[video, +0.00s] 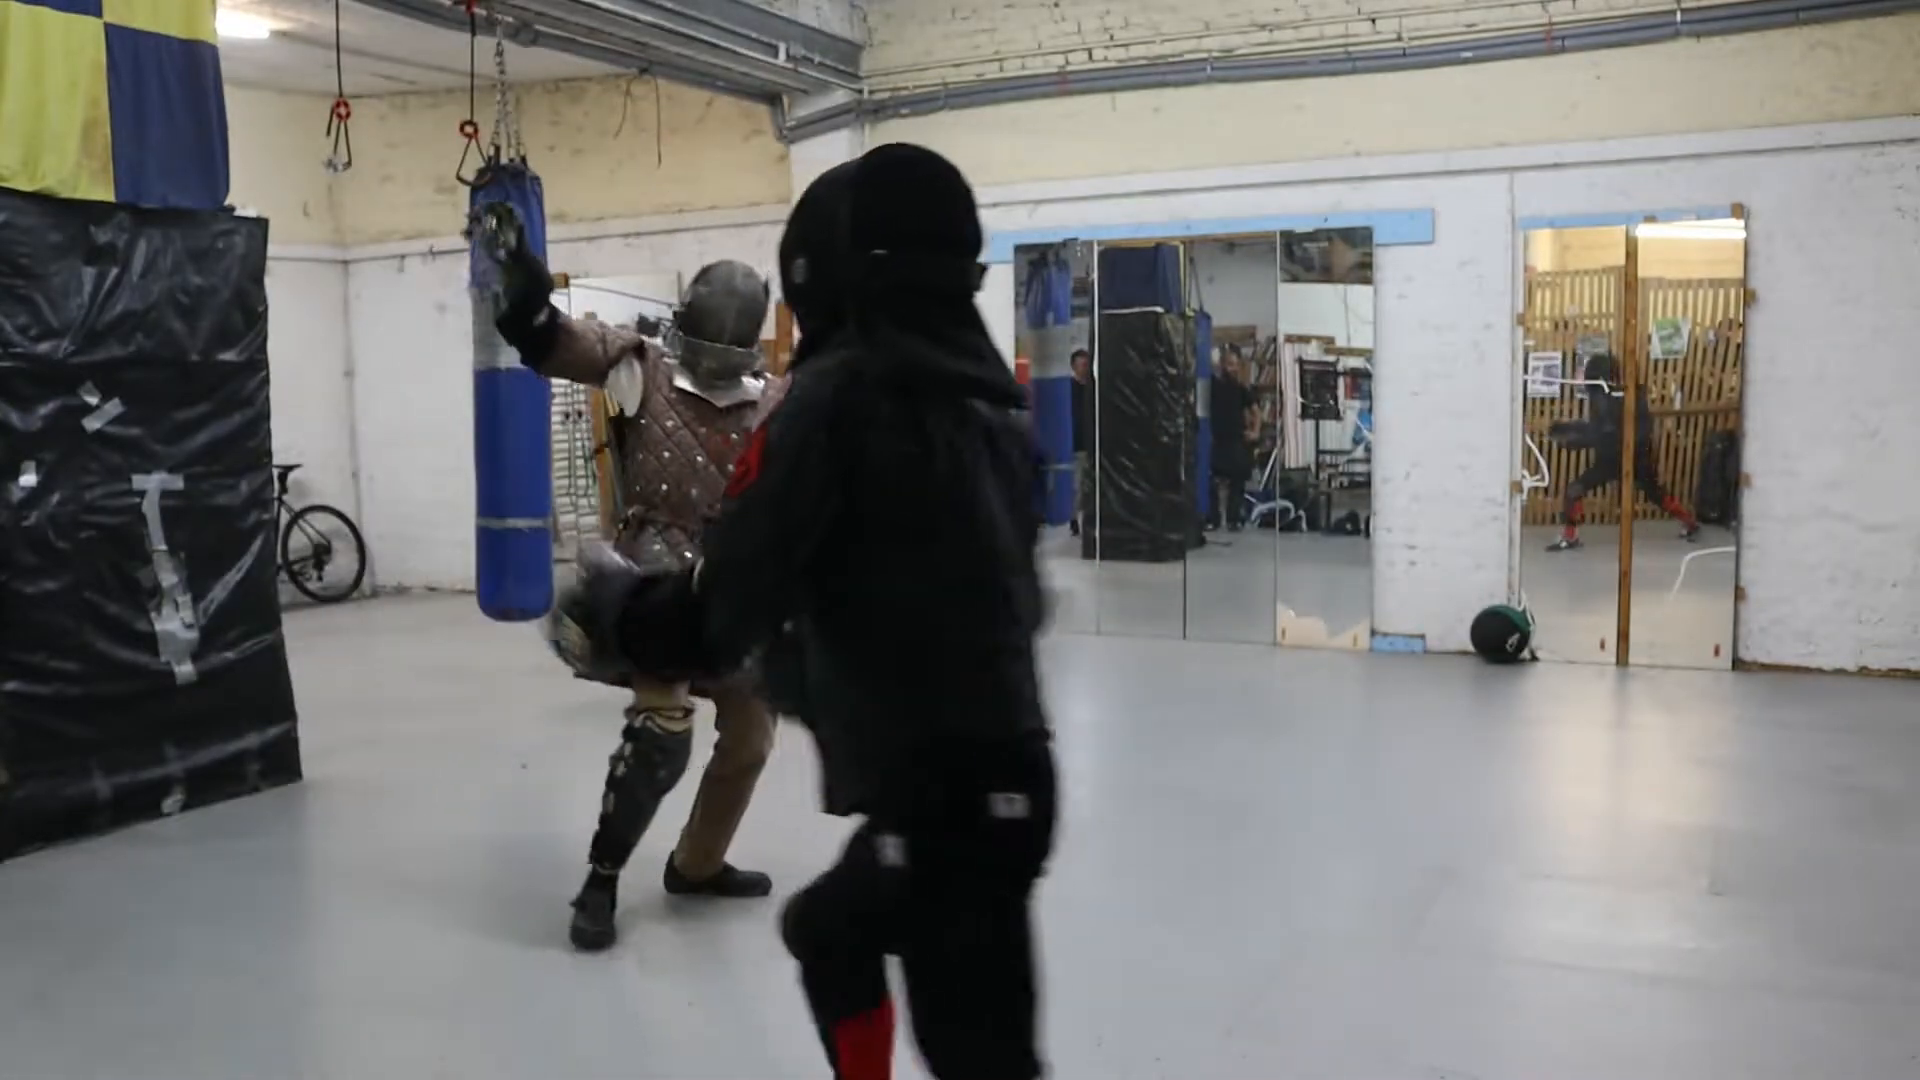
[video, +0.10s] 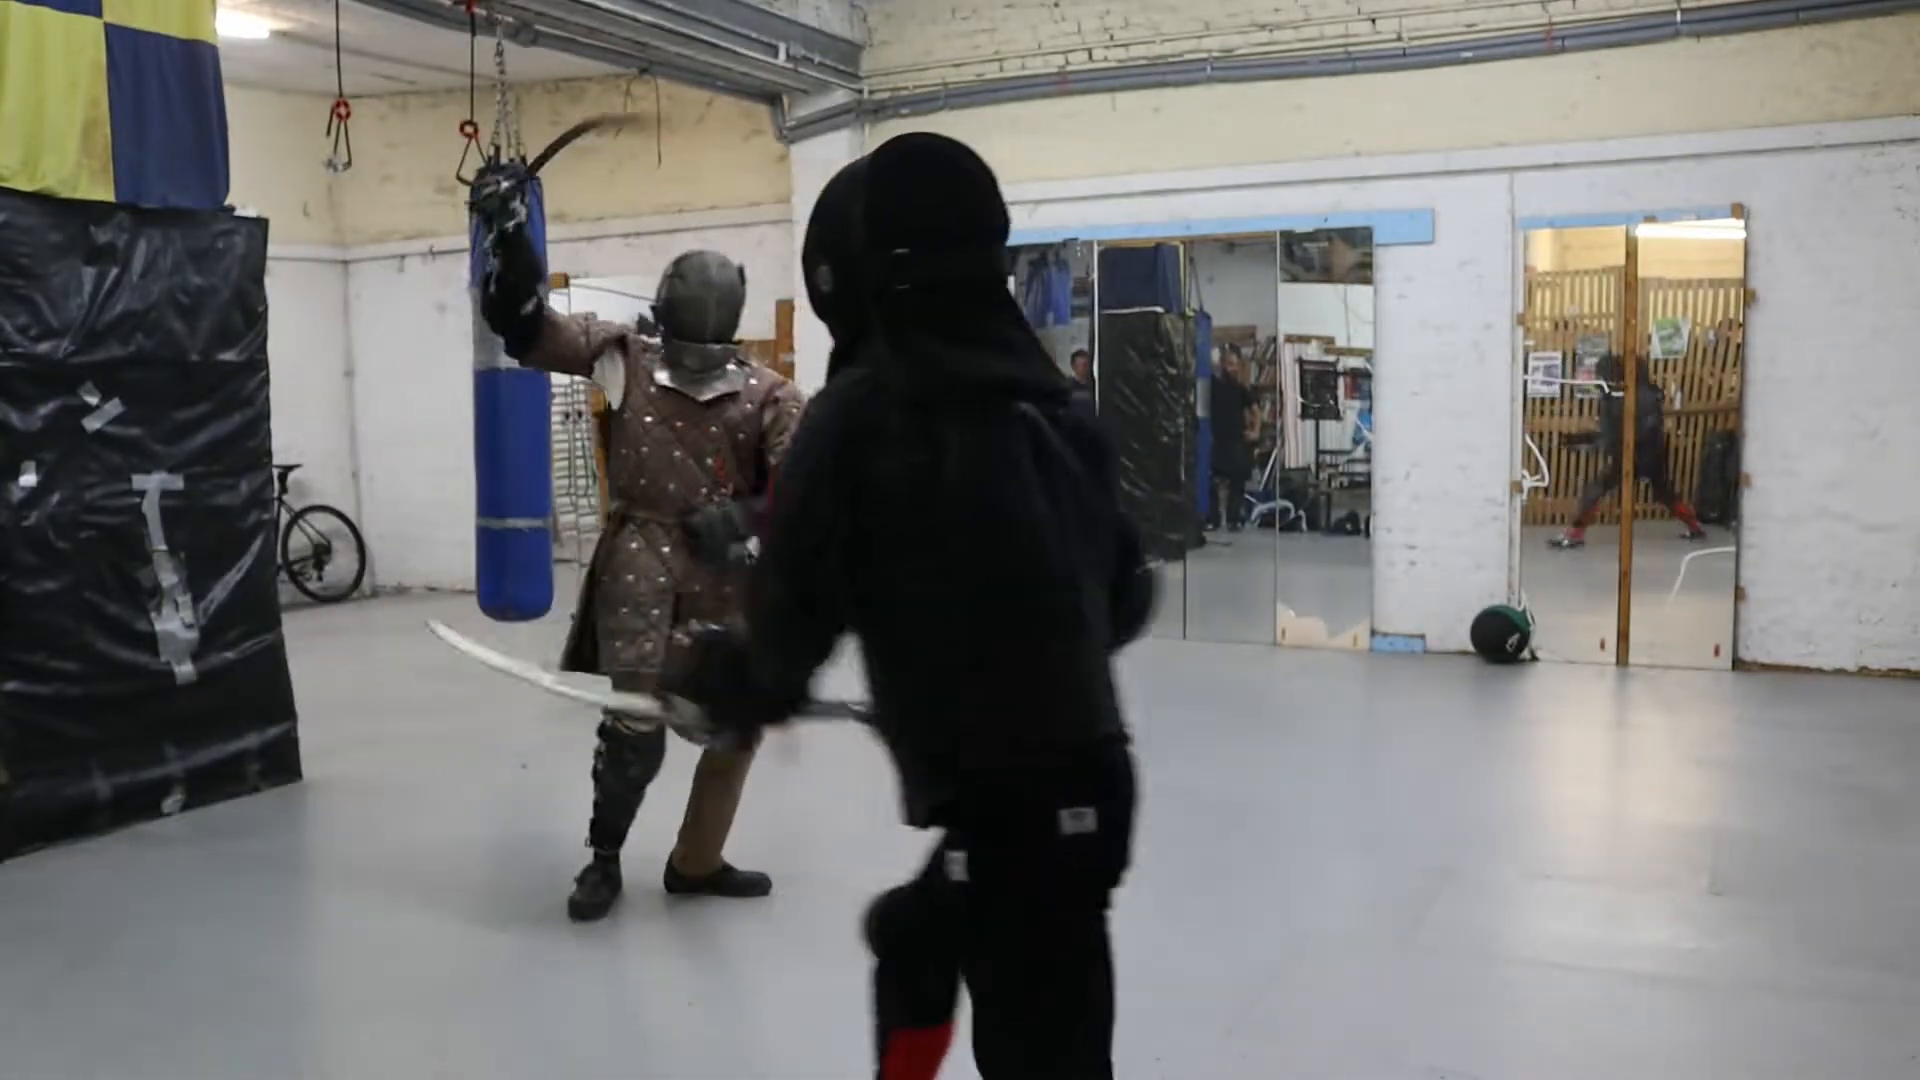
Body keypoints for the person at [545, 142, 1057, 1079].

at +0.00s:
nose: (789, 287)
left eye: (799, 263)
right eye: (793, 263)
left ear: (836, 272)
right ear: (948, 269)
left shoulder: (830, 409)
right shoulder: (984, 409)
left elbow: (719, 620)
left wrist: (613, 602)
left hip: (935, 792)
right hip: (1001, 775)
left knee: (982, 1054)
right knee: (827, 928)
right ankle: (870, 1079)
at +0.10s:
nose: (819, 302)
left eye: (826, 276)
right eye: (820, 276)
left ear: (863, 277)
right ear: (979, 264)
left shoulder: (855, 418)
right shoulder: (1049, 404)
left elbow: (792, 625)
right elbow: (1125, 592)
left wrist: (728, 677)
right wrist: (1020, 647)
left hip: (982, 800)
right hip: (1092, 781)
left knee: (1046, 1045)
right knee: (912, 938)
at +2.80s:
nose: (909, 255)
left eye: (917, 223)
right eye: (907, 225)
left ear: (959, 222)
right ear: (1117, 213)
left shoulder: (925, 408)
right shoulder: (1200, 399)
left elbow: (820, 679)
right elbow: (1254, 580)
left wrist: (752, 560)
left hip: (1065, 891)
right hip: (1226, 864)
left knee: (998, 1065)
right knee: (1076, 1055)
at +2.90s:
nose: (917, 247)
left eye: (924, 217)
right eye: (914, 221)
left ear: (965, 210)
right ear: (1122, 200)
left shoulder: (937, 385)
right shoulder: (1207, 389)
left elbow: (807, 652)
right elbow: (1249, 619)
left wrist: (775, 547)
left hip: (1074, 876)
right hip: (1235, 852)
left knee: (1011, 1061)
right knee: (1087, 1055)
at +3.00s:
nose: (921, 232)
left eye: (928, 202)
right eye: (919, 204)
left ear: (966, 203)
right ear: (1142, 188)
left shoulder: (936, 383)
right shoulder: (1211, 379)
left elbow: (790, 576)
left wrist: (793, 475)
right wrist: (974, 621)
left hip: (1090, 901)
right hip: (1243, 869)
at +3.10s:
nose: (926, 231)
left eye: (933, 202)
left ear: (966, 207)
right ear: (1172, 187)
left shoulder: (945, 417)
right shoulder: (1244, 405)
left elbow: (829, 638)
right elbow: (1251, 587)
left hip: (1088, 930)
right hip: (1253, 904)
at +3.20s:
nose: (920, 237)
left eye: (930, 206)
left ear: (969, 218)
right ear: (1190, 204)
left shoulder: (947, 458)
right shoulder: (1281, 436)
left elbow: (863, 771)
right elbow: (1317, 668)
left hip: (1066, 938)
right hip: (1267, 932)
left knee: (1079, 1053)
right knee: (1252, 1053)